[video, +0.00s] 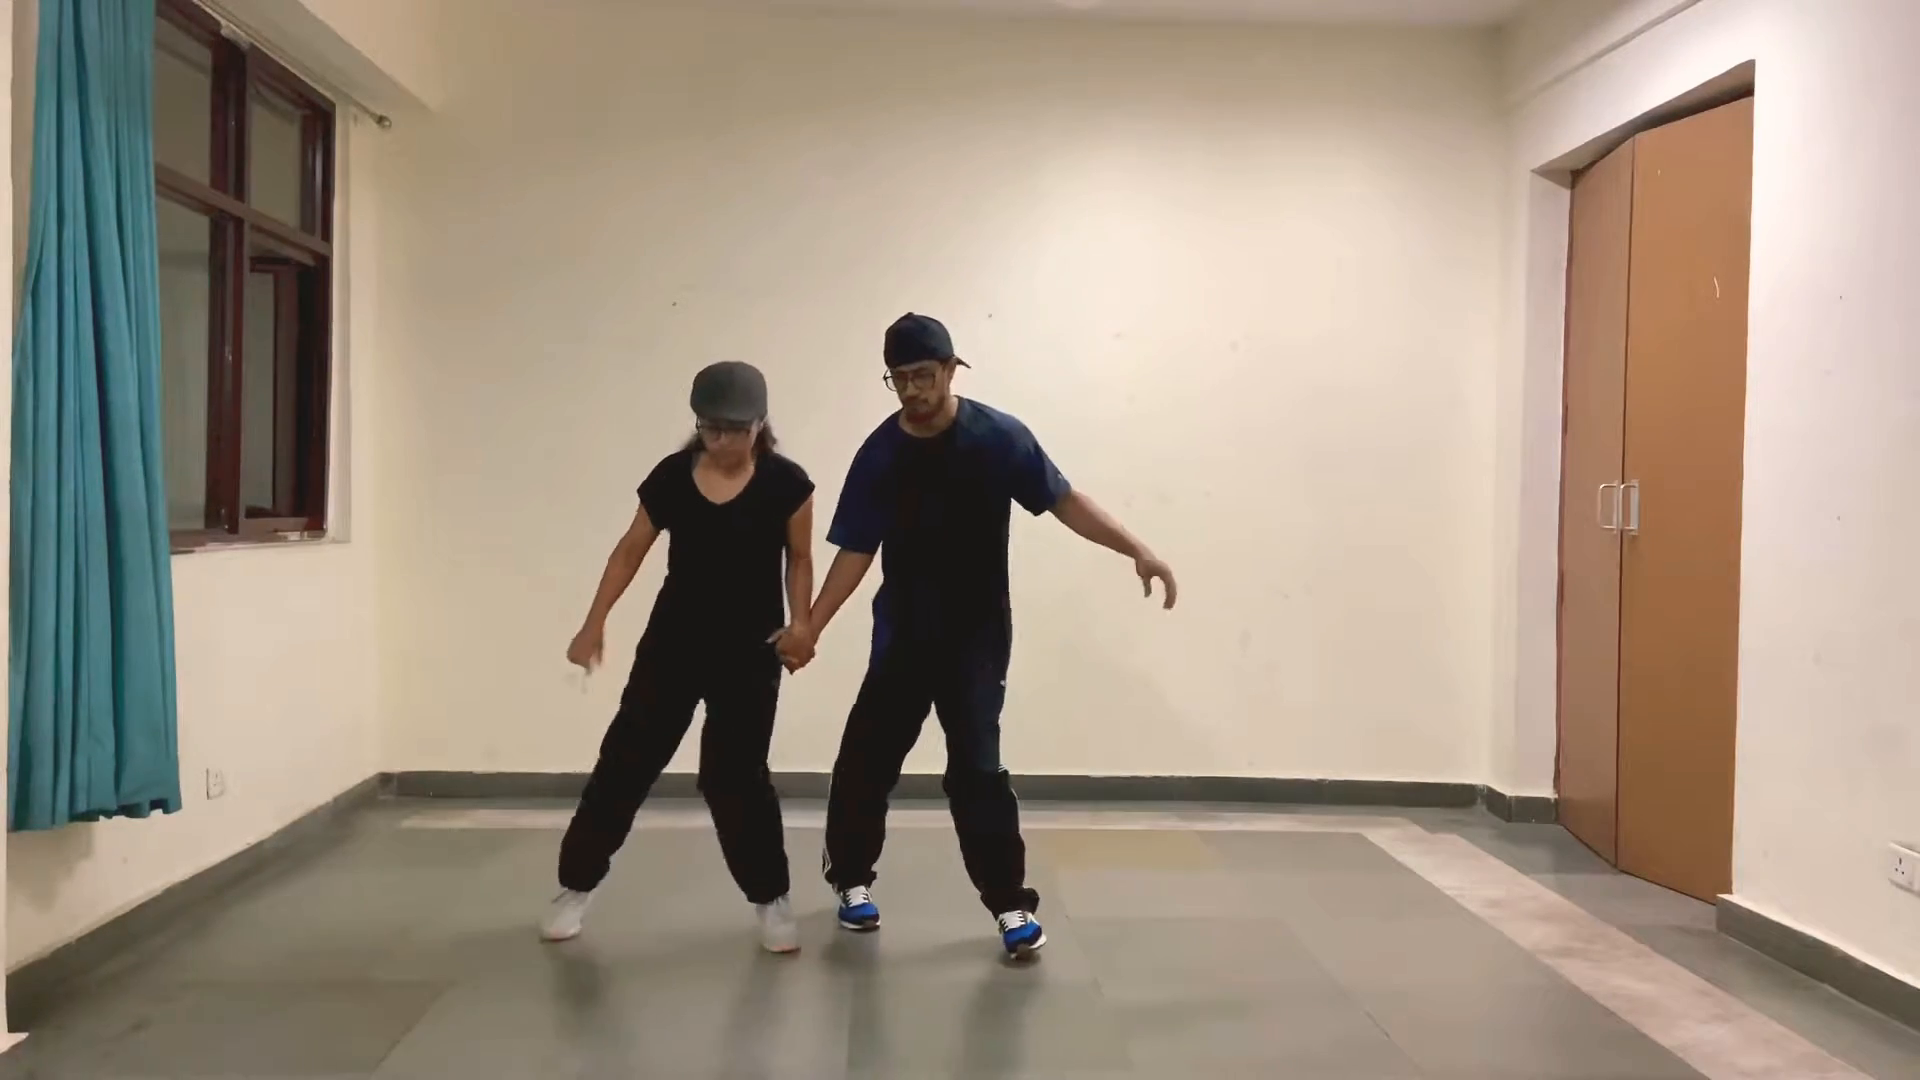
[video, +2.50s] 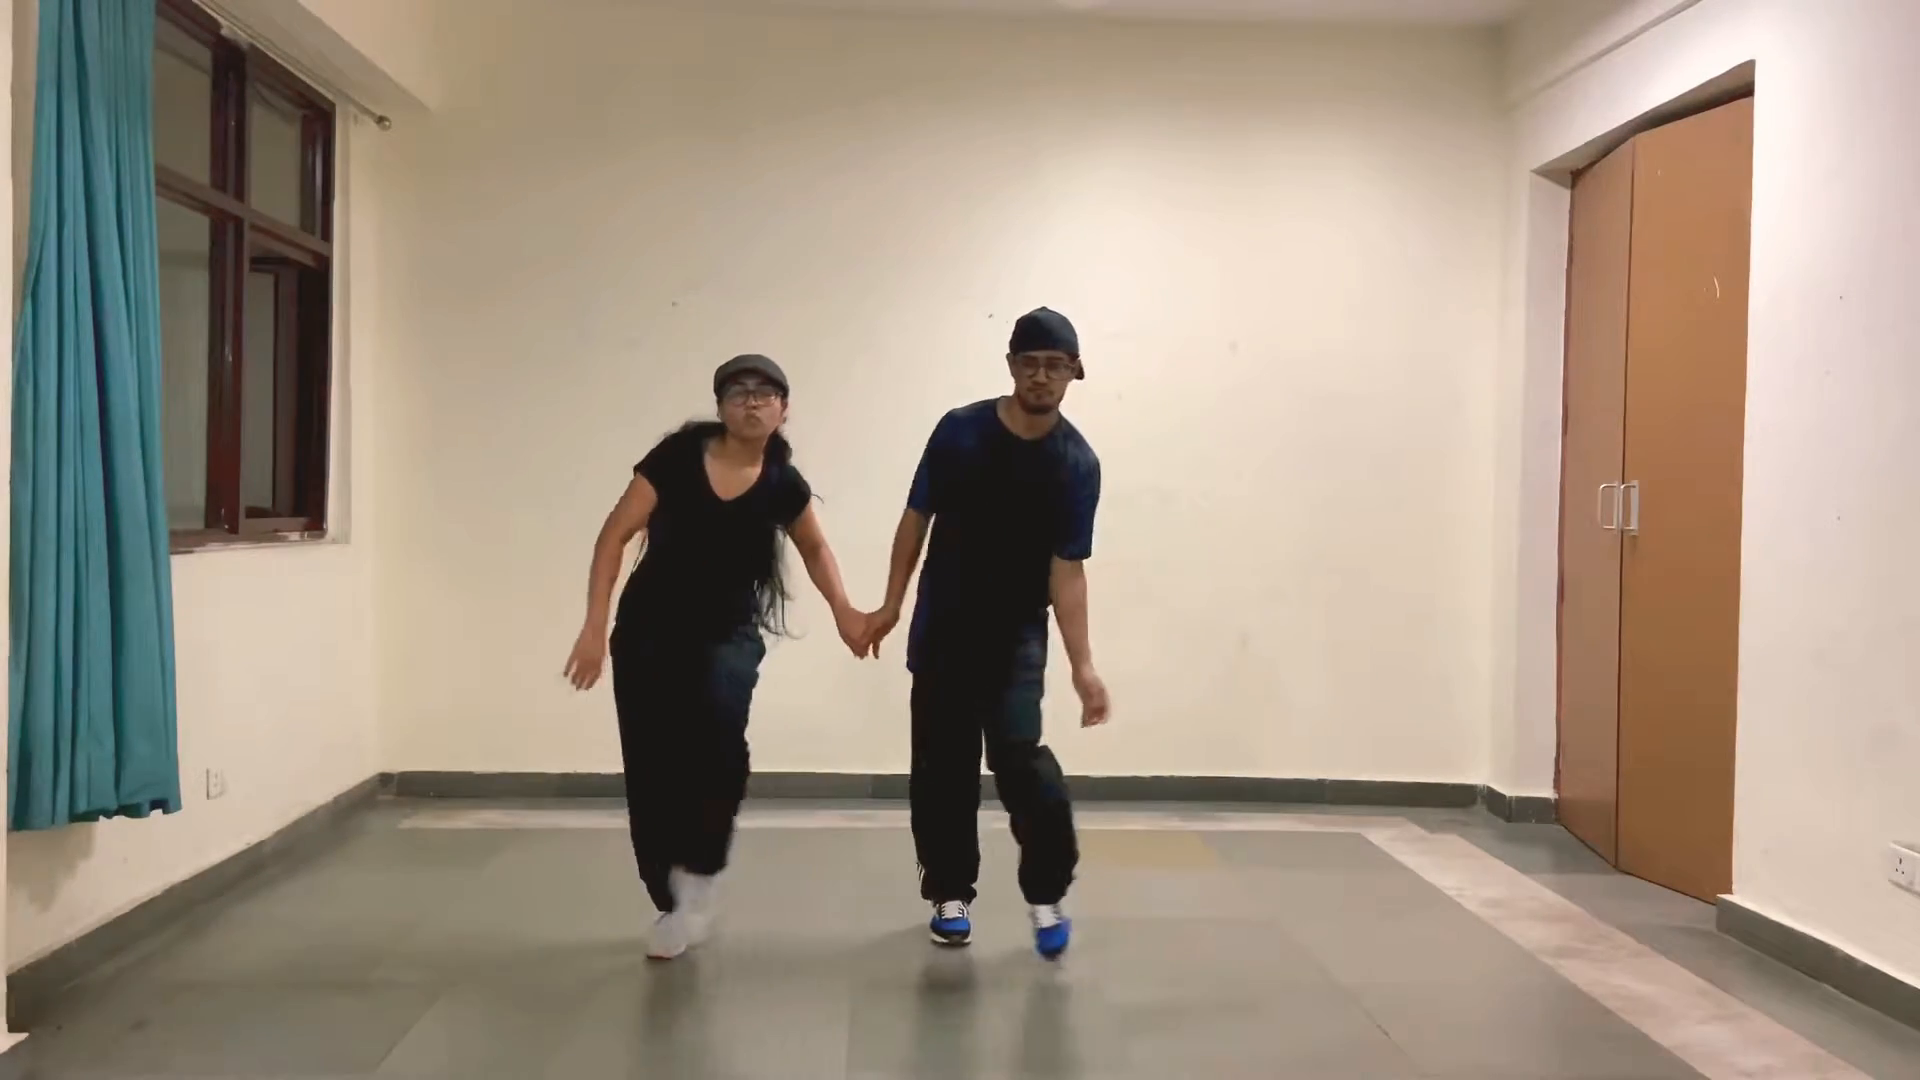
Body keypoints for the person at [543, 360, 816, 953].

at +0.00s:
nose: (726, 440)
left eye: (738, 428)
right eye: (715, 428)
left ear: (760, 425)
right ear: (699, 424)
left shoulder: (787, 485)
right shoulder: (673, 477)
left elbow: (800, 560)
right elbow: (630, 550)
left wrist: (801, 625)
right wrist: (595, 622)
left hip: (747, 651)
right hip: (674, 645)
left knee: (735, 775)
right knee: (625, 762)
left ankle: (771, 900)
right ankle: (576, 887)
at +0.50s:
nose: (787, 409)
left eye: (797, 397)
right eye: (774, 398)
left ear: (814, 393)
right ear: (752, 396)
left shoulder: (842, 456)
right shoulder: (730, 455)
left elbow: (863, 539)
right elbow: (689, 529)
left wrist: (884, 612)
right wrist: (676, 579)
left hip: (819, 630)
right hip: (747, 628)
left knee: (804, 761)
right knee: (738, 757)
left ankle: (785, 898)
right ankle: (741, 893)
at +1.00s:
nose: (850, 436)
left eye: (860, 424)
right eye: (837, 425)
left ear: (874, 419)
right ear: (813, 421)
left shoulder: (897, 472)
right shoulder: (783, 476)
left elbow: (943, 529)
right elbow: (737, 536)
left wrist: (968, 593)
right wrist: (729, 615)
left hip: (879, 654)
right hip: (803, 656)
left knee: (900, 777)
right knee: (782, 778)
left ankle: (935, 902)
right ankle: (768, 899)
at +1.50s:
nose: (805, 438)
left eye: (816, 426)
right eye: (791, 428)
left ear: (834, 416)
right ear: (770, 421)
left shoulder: (866, 464)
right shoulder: (753, 478)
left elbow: (904, 546)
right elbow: (725, 573)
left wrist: (938, 627)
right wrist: (705, 664)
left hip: (849, 645)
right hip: (775, 645)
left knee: (833, 772)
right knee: (769, 765)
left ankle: (809, 899)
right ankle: (764, 889)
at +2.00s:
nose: (772, 424)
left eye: (782, 412)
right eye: (759, 414)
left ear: (799, 410)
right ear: (737, 416)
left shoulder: (830, 469)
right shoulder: (718, 481)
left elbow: (869, 539)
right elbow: (713, 562)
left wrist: (882, 582)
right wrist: (696, 641)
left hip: (836, 643)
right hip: (759, 649)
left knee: (850, 771)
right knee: (764, 782)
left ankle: (811, 906)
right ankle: (807, 917)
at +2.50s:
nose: (752, 403)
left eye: (765, 394)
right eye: (740, 394)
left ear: (783, 408)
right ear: (719, 405)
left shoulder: (782, 483)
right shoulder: (677, 458)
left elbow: (814, 548)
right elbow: (613, 536)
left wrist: (843, 612)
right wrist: (595, 629)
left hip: (726, 635)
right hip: (652, 629)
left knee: (718, 742)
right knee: (653, 763)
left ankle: (699, 873)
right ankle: (668, 907)